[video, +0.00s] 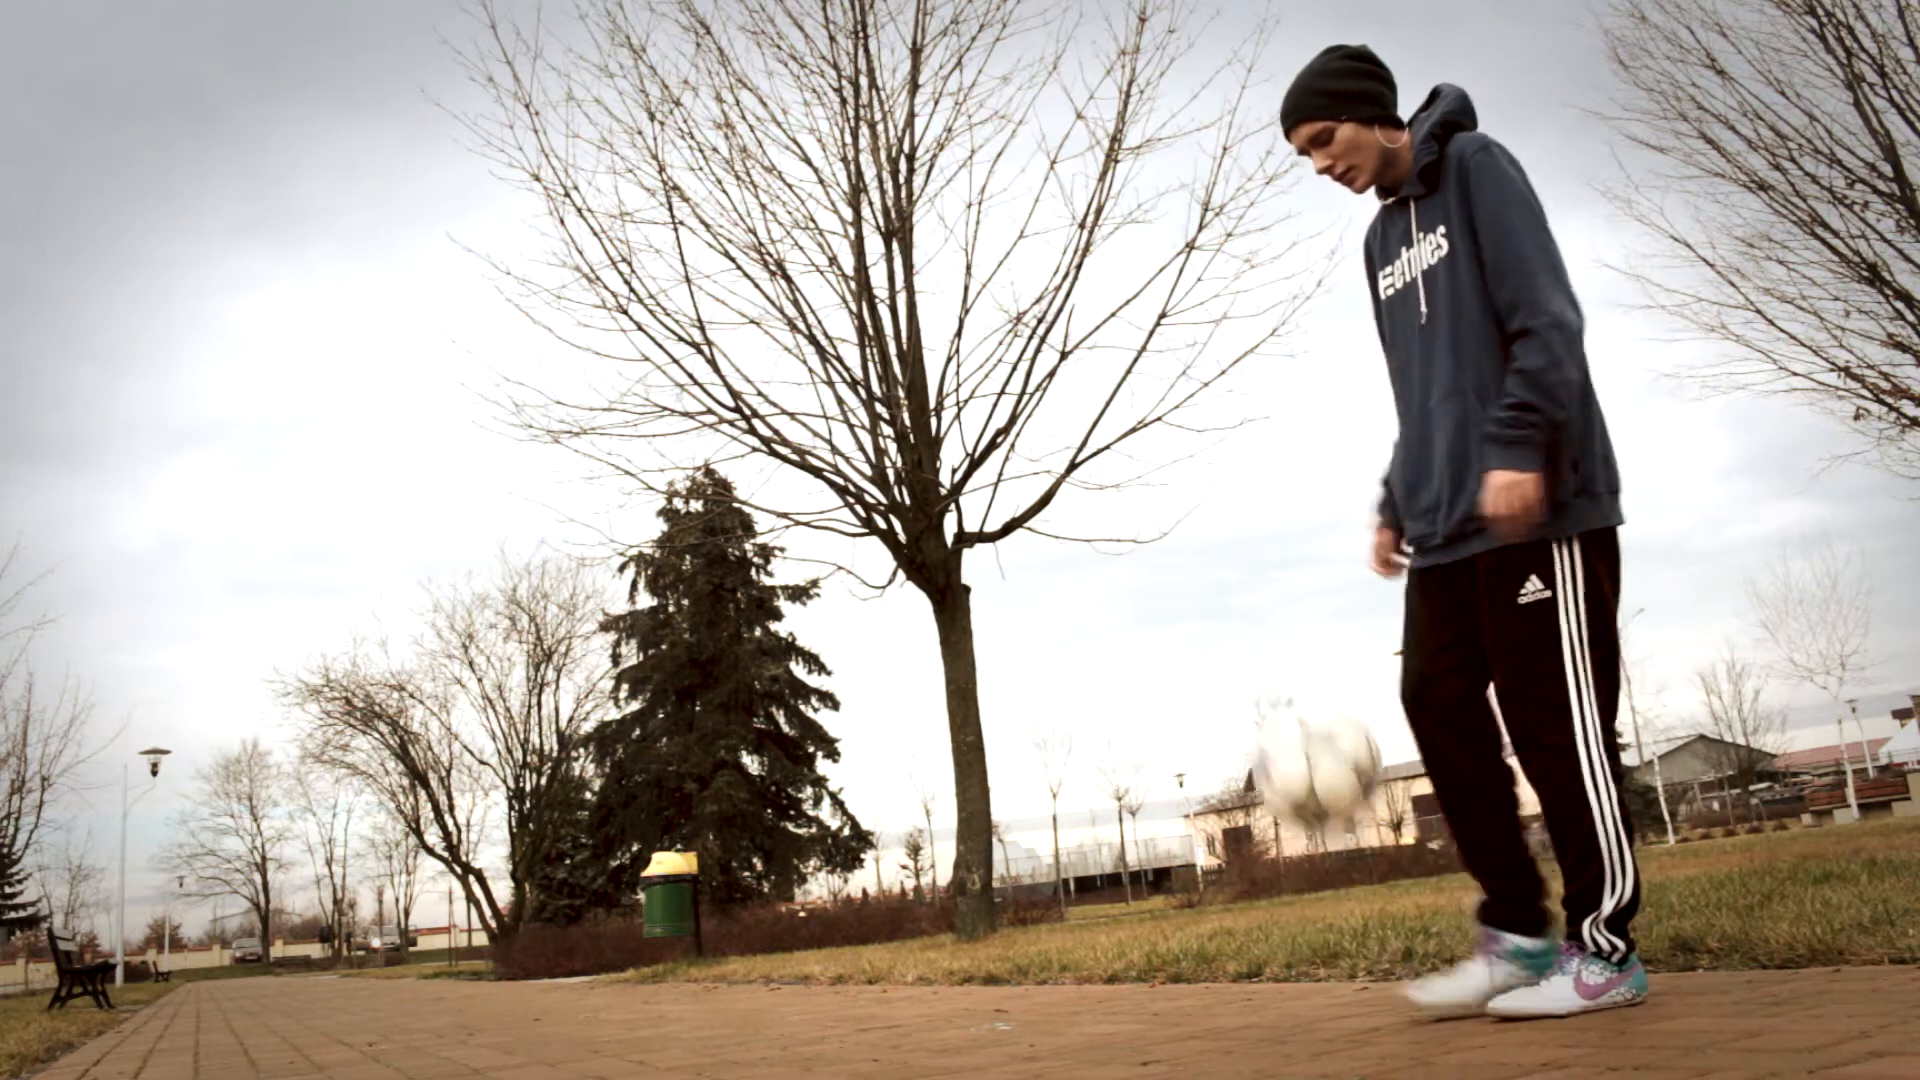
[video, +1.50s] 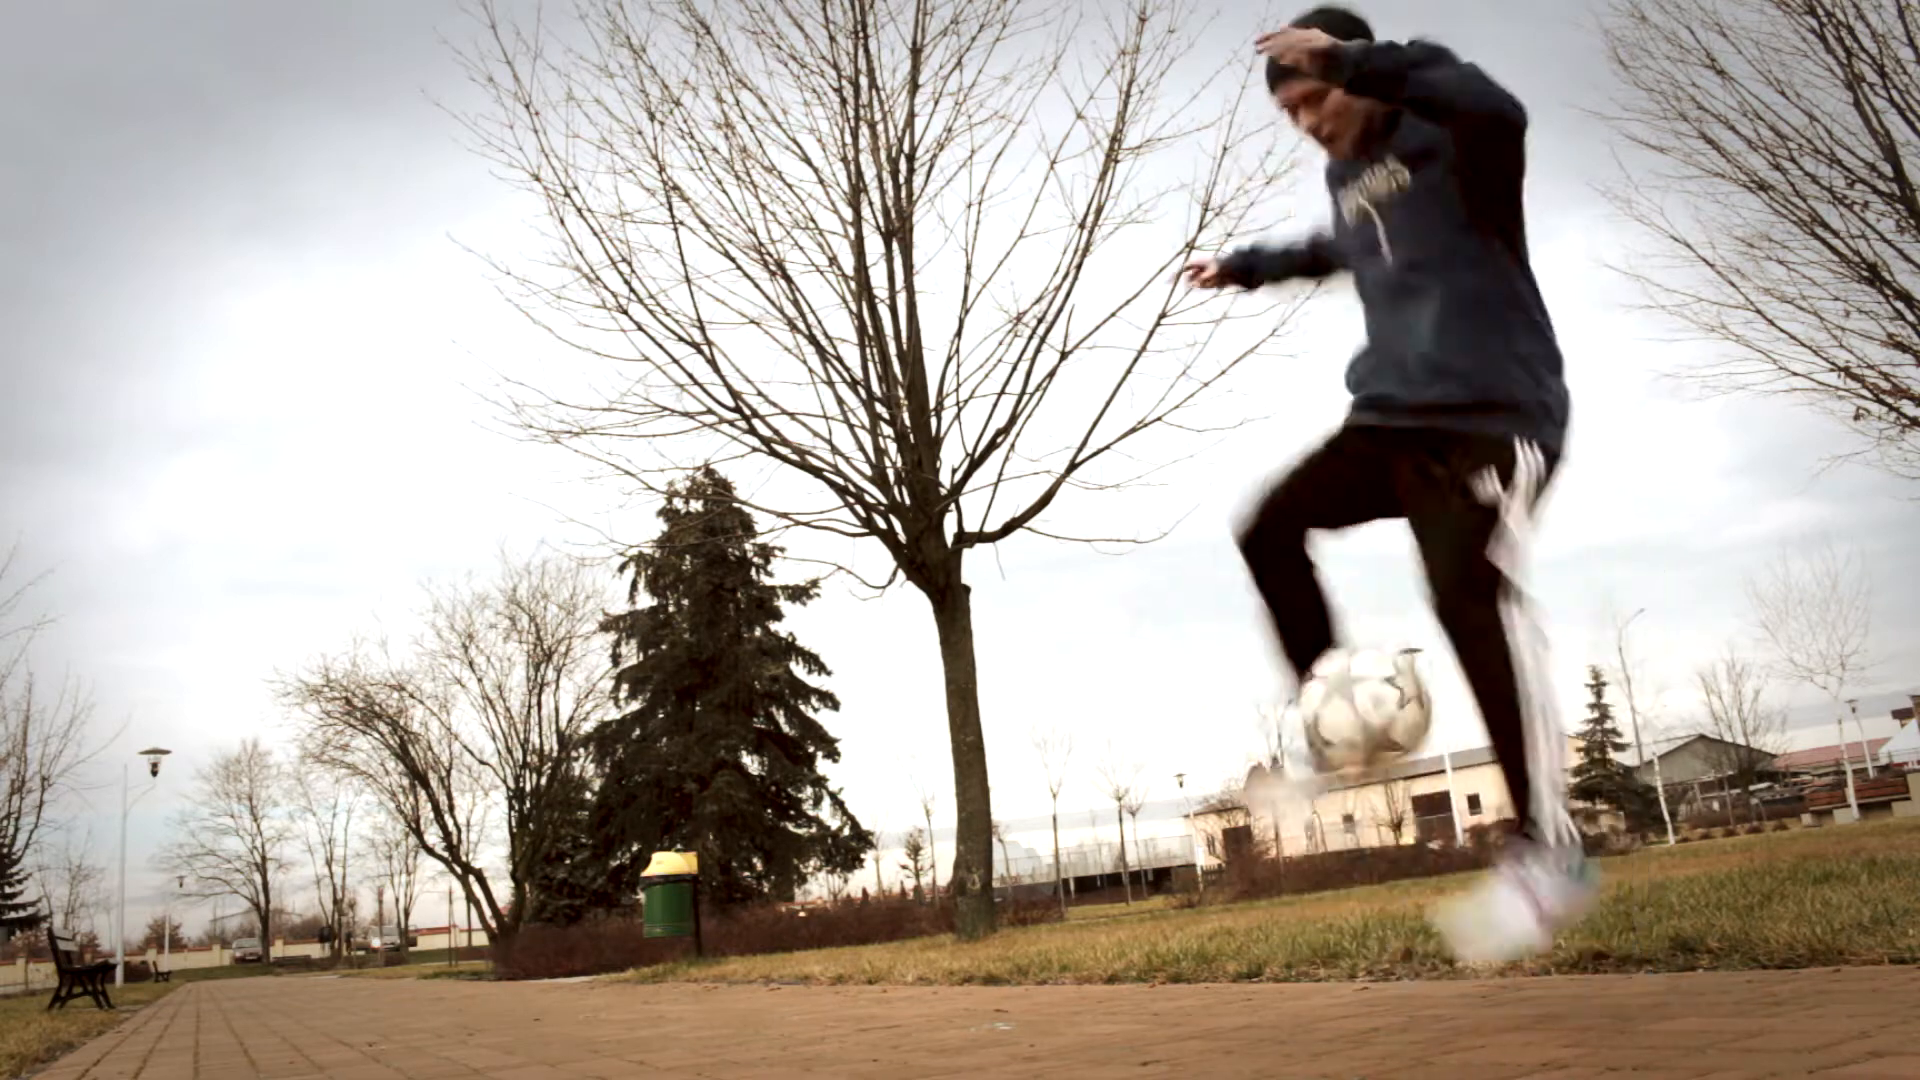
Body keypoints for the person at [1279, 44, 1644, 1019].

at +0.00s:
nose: (1324, 163)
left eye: (1327, 138)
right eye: (1309, 154)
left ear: (1377, 108)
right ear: (1321, 153)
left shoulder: (1474, 169)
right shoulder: (1380, 238)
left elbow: (1547, 318)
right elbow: (1421, 388)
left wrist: (1520, 447)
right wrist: (1399, 499)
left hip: (1539, 503)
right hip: (1447, 525)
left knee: (1558, 720)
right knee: (1439, 710)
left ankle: (1607, 952)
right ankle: (1521, 938)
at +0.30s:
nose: (1305, 171)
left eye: (1306, 148)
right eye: (1292, 160)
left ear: (1350, 116)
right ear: (1320, 148)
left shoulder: (1452, 161)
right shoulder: (1379, 226)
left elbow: (1527, 316)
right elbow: (1429, 364)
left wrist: (1491, 448)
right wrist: (1437, 488)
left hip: (1544, 504)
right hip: (1459, 526)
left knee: (1573, 726)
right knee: (1481, 738)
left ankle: (1608, 951)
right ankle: (1518, 948)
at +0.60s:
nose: (1287, 195)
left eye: (1288, 171)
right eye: (1273, 183)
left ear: (1331, 138)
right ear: (1291, 174)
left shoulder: (1444, 176)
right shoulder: (1357, 260)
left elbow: (1567, 289)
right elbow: (1395, 415)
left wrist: (1630, 424)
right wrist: (1364, 511)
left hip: (1541, 490)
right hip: (1472, 514)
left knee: (1470, 708)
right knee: (1518, 719)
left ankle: (1434, 939)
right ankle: (1572, 946)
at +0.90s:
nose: (1274, 203)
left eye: (1272, 180)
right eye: (1260, 191)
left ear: (1311, 144)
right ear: (1284, 171)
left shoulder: (1429, 176)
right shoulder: (1355, 251)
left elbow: (1560, 292)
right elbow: (1382, 402)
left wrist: (1580, 432)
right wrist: (1301, 478)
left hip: (1545, 491)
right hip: (1475, 519)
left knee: (1545, 703)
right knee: (1483, 711)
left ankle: (1610, 954)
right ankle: (1556, 944)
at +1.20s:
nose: (1263, 261)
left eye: (1263, 239)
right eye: (1250, 249)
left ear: (1304, 203)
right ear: (1283, 224)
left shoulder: (1419, 232)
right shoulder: (1355, 294)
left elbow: (1508, 353)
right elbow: (1437, 401)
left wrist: (1442, 469)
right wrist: (1443, 486)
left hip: (1573, 480)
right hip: (1495, 486)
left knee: (1549, 710)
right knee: (1350, 533)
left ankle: (1608, 953)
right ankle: (1346, 730)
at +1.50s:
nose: (1305, 123)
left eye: (1313, 102)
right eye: (1292, 113)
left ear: (1362, 78)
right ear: (1292, 112)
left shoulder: (1452, 129)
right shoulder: (1349, 177)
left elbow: (1494, 110)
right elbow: (1340, 248)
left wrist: (1357, 60)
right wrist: (1243, 265)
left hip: (1492, 411)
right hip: (1394, 418)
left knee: (1467, 595)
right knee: (1269, 527)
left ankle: (1546, 847)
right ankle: (1337, 711)